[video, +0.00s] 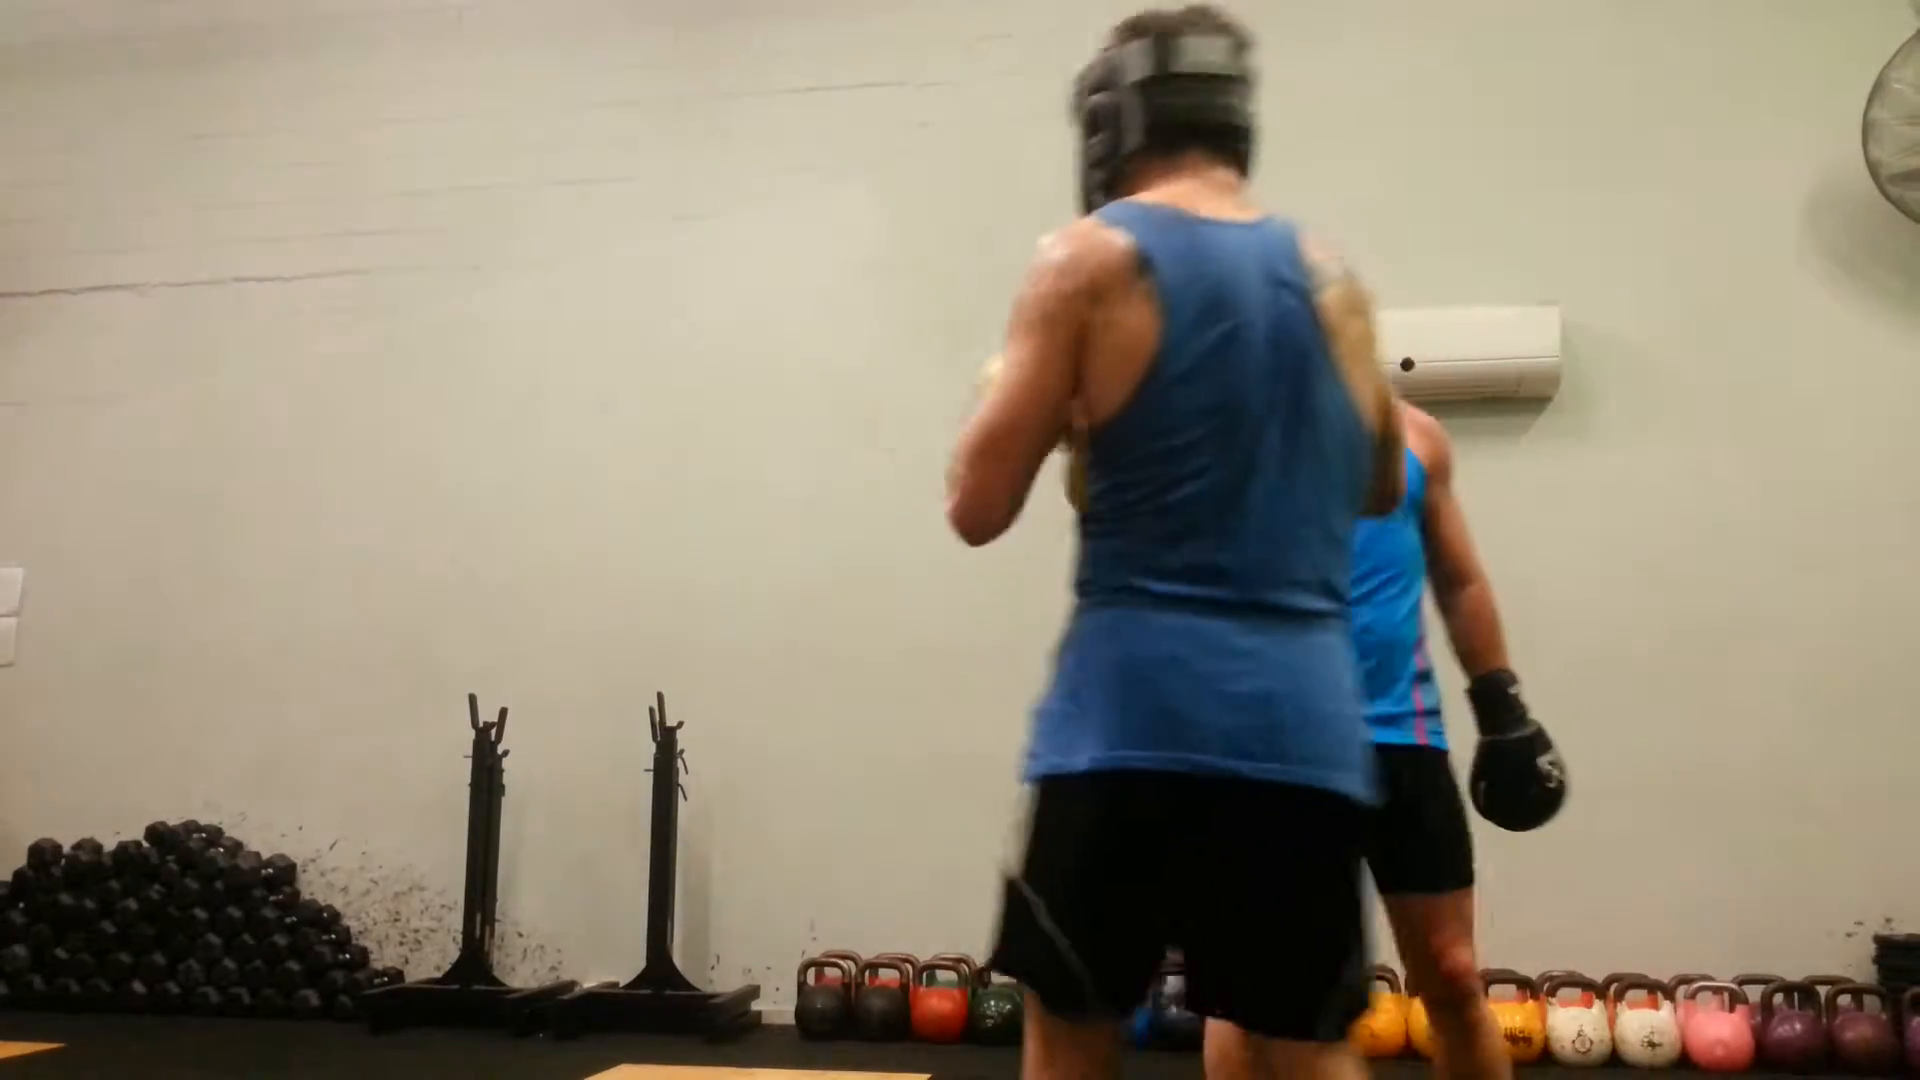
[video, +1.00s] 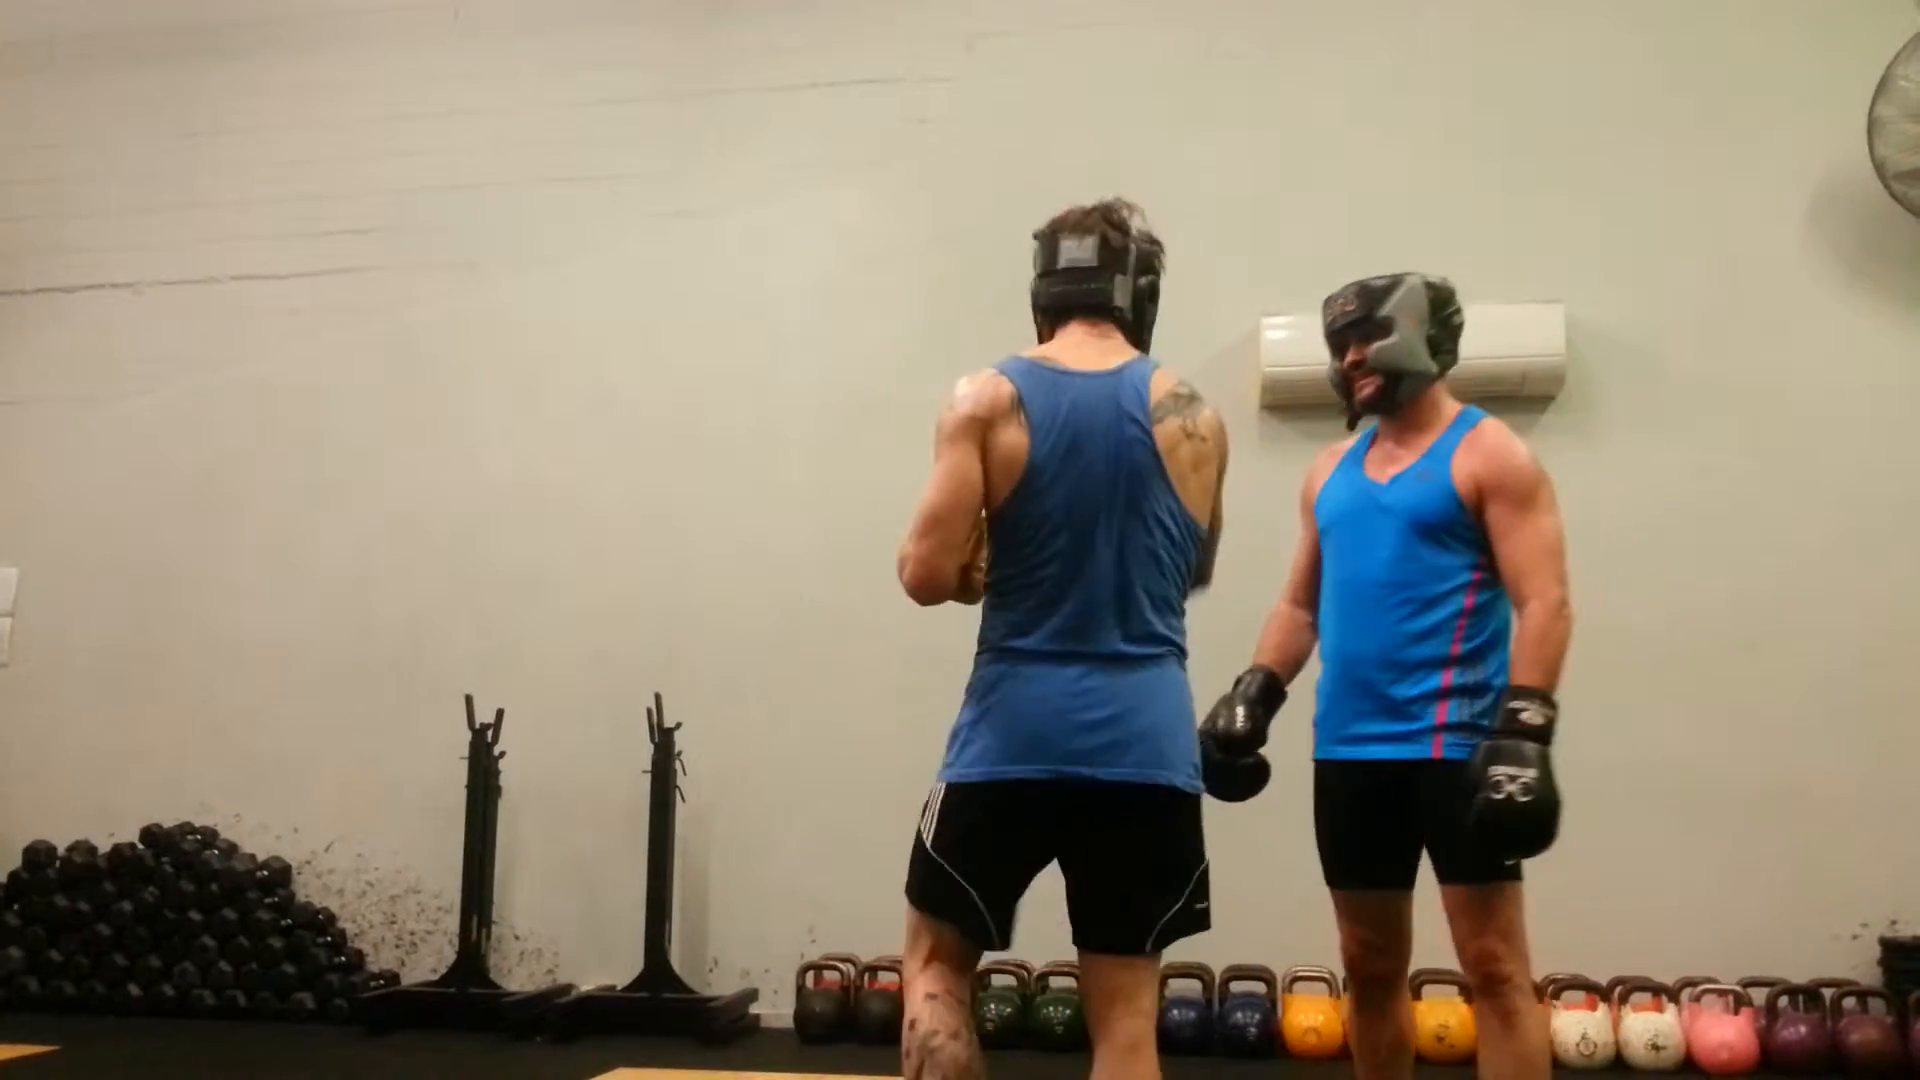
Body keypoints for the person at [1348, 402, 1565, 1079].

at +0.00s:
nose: (1324, 336)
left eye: (1339, 311)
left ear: (1359, 323)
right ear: (1271, 346)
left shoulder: (1410, 437)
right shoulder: (1244, 442)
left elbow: (1459, 581)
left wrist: (1502, 712)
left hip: (1398, 734)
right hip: (1275, 741)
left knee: (1451, 975)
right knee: (1250, 992)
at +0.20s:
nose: (1331, 319)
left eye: (1347, 299)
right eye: (1310, 308)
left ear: (1388, 305)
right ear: (1290, 329)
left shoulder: (1468, 431)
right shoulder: (1278, 440)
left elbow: (1533, 576)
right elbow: (1218, 588)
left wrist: (1575, 705)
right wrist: (1210, 747)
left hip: (1454, 736)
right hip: (1323, 738)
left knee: (1483, 966)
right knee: (1298, 969)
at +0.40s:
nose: (1374, 323)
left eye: (1394, 301)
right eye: (1354, 312)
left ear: (1439, 306)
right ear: (1338, 333)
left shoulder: (1519, 438)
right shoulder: (1319, 444)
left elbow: (1597, 576)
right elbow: (1265, 598)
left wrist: (1652, 697)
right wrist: (1221, 725)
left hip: (1496, 736)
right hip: (1364, 738)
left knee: (1515, 968)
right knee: (1337, 970)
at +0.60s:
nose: (1383, 332)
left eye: (1403, 313)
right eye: (1370, 319)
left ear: (1458, 315)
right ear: (1359, 335)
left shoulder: (1542, 438)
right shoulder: (1346, 448)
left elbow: (1612, 575)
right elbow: (1308, 592)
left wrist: (1656, 705)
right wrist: (1260, 714)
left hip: (1502, 739)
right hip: (1373, 737)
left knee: (1523, 972)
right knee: (1328, 959)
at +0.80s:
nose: (1373, 347)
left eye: (1391, 327)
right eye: (1363, 334)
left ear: (1446, 324)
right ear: (1355, 344)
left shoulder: (1525, 442)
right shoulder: (1349, 456)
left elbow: (1587, 586)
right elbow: (1322, 597)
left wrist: (1587, 721)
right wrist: (1266, 706)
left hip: (1488, 748)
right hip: (1367, 745)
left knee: (1514, 972)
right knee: (1337, 962)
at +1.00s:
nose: (1351, 361)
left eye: (1371, 341)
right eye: (1342, 349)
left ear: (1426, 339)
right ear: (1338, 365)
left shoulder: (1491, 454)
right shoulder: (1328, 473)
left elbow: (1545, 602)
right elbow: (1299, 605)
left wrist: (1521, 735)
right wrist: (1253, 694)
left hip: (1462, 759)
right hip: (1352, 760)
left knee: (1494, 973)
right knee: (1370, 972)